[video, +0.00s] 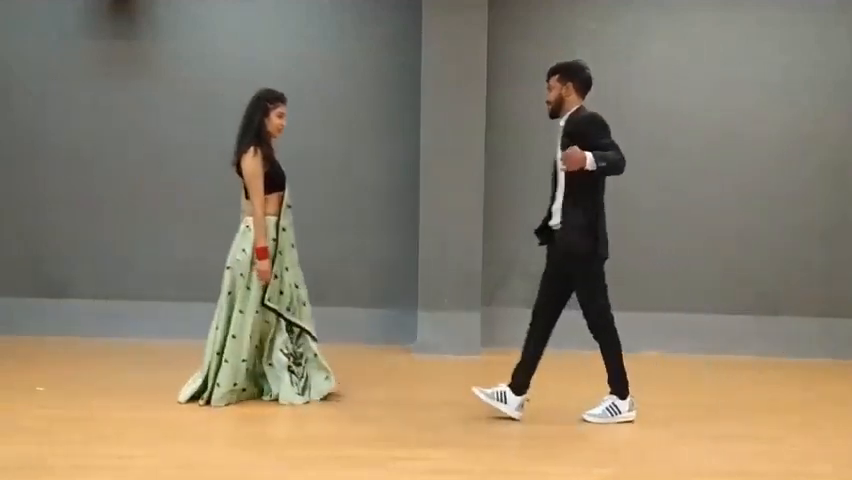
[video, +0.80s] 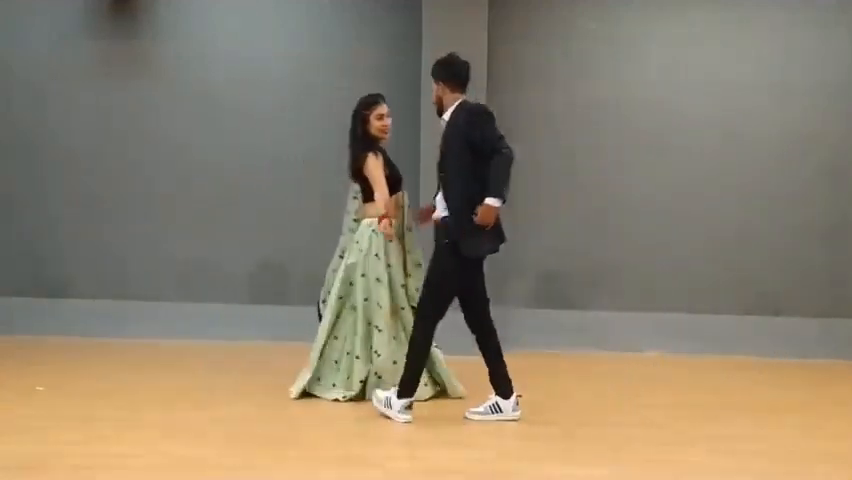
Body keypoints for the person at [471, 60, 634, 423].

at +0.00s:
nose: (546, 94)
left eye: (550, 87)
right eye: (547, 87)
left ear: (567, 87)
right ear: (566, 88)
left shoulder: (588, 122)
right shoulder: (568, 127)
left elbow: (617, 161)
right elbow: (571, 186)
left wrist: (588, 160)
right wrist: (555, 225)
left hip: (582, 241)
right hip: (563, 241)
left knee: (600, 320)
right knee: (542, 317)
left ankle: (621, 399)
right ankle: (514, 393)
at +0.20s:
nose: (508, 92)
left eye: (511, 84)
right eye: (509, 85)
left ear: (528, 84)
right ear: (527, 85)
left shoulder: (557, 115)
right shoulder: (527, 126)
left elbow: (590, 151)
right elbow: (528, 178)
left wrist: (571, 170)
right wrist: (513, 215)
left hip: (544, 232)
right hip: (519, 231)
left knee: (550, 320)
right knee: (517, 319)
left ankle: (604, 382)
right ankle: (507, 399)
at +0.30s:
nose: (493, 90)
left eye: (495, 82)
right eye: (494, 83)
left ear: (510, 82)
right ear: (512, 84)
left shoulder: (543, 113)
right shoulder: (511, 126)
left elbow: (577, 150)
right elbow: (513, 175)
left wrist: (562, 181)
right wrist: (499, 213)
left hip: (528, 229)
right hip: (506, 229)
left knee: (518, 316)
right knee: (510, 316)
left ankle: (576, 374)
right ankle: (507, 399)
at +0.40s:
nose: (477, 89)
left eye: (481, 81)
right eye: (478, 81)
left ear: (496, 81)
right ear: (498, 83)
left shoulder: (530, 113)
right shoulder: (494, 123)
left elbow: (564, 151)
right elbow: (500, 173)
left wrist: (554, 189)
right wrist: (487, 212)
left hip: (516, 227)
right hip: (496, 227)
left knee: (497, 313)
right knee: (499, 314)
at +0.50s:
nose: (465, 90)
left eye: (468, 82)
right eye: (466, 83)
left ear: (483, 82)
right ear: (485, 82)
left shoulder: (519, 112)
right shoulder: (483, 124)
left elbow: (552, 152)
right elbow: (485, 175)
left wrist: (544, 194)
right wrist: (473, 214)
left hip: (504, 225)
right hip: (487, 225)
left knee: (473, 312)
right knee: (499, 317)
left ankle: (486, 396)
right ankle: (508, 399)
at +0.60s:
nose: (454, 90)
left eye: (457, 82)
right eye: (455, 82)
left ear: (470, 83)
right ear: (475, 84)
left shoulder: (504, 113)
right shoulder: (472, 124)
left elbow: (538, 152)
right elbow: (471, 177)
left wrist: (531, 197)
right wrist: (458, 218)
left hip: (490, 227)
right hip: (475, 228)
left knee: (458, 308)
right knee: (493, 315)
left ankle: (440, 398)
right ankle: (507, 397)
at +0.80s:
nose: (433, 92)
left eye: (434, 86)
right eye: (435, 86)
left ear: (441, 86)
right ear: (459, 84)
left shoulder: (473, 115)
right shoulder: (453, 120)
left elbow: (502, 154)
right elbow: (458, 175)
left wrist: (493, 199)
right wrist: (436, 206)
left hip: (460, 235)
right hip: (457, 234)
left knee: (426, 315)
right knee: (479, 319)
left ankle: (402, 398)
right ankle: (506, 398)